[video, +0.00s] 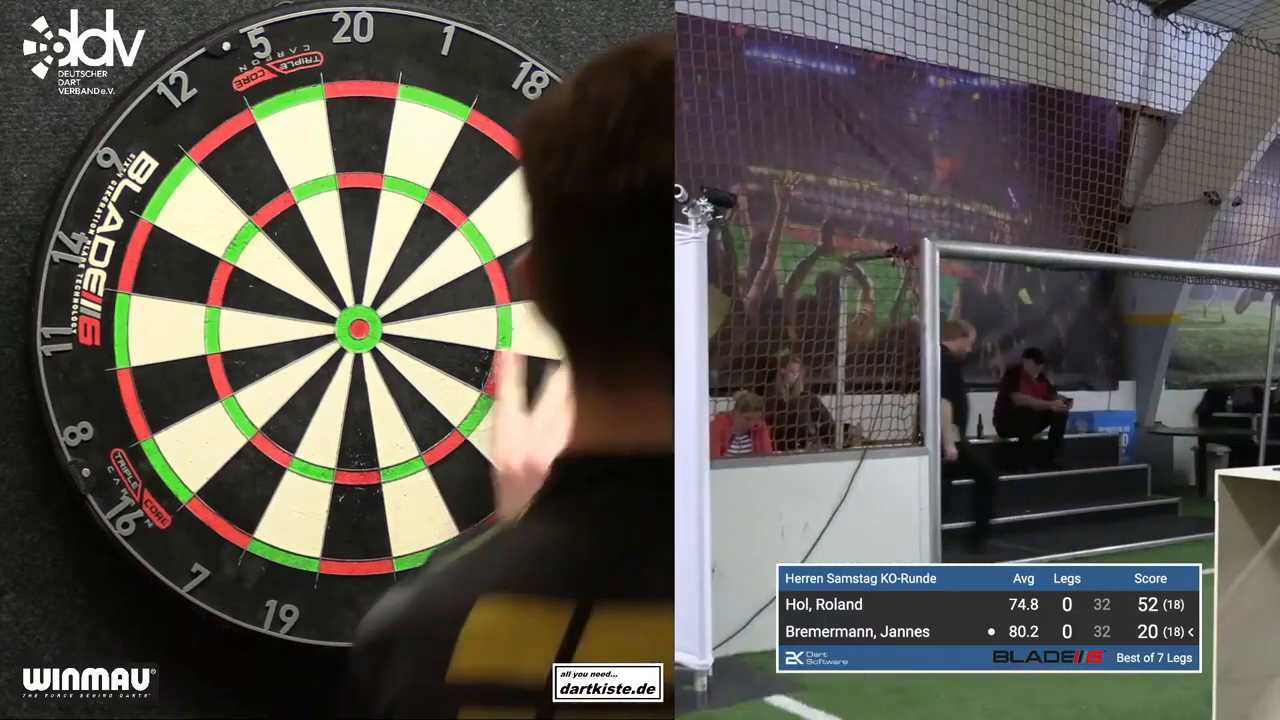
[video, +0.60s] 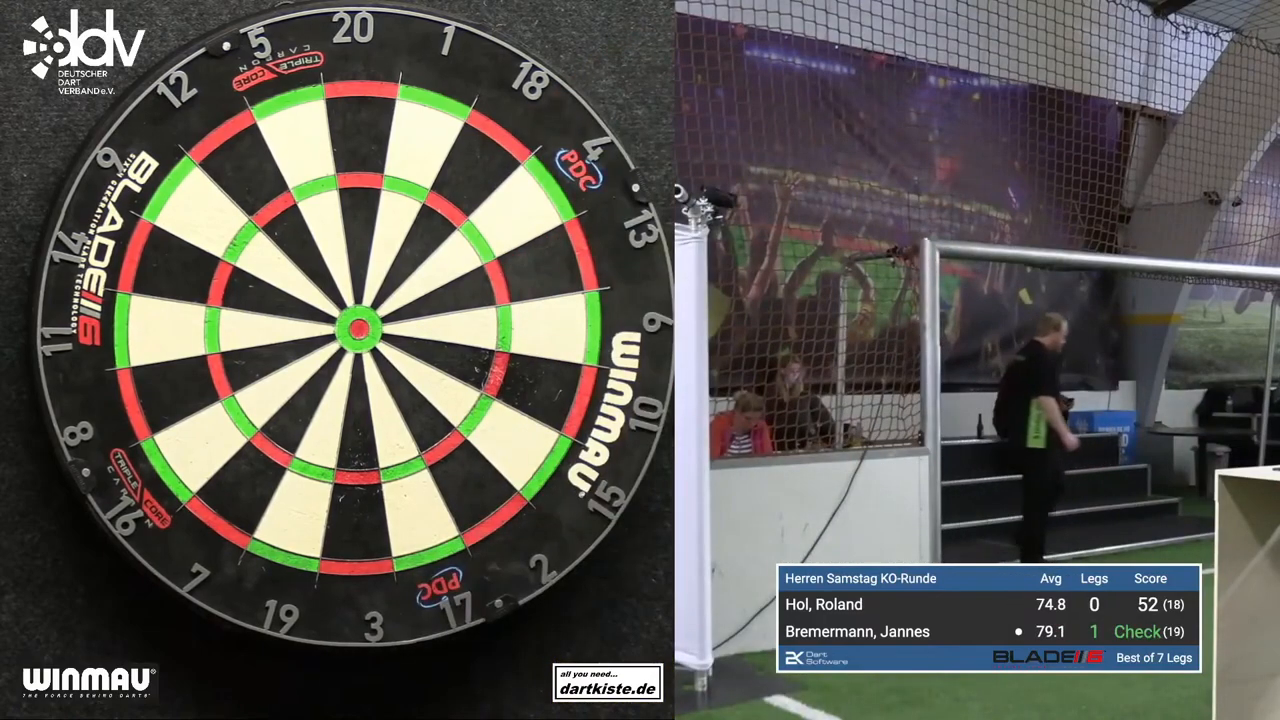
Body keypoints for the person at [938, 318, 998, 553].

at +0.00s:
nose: (969, 349)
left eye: (970, 344)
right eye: (968, 343)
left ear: (953, 339)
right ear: (955, 339)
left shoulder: (940, 358)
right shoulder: (947, 362)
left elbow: (943, 403)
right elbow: (944, 404)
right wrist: (948, 442)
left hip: (941, 441)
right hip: (950, 442)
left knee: (940, 492)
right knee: (986, 475)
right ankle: (979, 536)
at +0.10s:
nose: (988, 350)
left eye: (989, 346)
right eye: (986, 345)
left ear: (966, 341)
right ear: (973, 342)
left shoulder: (952, 360)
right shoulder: (961, 363)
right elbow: (959, 405)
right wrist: (964, 445)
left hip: (950, 442)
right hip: (968, 443)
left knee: (944, 499)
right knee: (995, 493)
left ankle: (926, 550)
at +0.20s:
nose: (988, 351)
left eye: (989, 346)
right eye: (986, 345)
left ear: (966, 341)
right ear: (973, 342)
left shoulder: (952, 360)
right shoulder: (961, 363)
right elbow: (959, 405)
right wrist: (964, 445)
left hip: (950, 442)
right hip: (968, 443)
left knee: (944, 499)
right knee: (995, 493)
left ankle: (926, 550)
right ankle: (1023, 549)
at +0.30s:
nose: (1017, 352)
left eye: (1018, 347)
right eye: (1016, 346)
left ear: (995, 342)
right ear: (1005, 343)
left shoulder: (979, 363)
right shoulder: (993, 366)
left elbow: (1011, 397)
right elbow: (992, 411)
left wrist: (1048, 405)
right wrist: (998, 450)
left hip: (973, 444)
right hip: (990, 446)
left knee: (965, 495)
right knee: (1014, 500)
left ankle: (935, 542)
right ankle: (1031, 553)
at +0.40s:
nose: (1036, 347)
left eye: (1037, 342)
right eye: (1035, 341)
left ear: (1016, 339)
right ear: (1023, 339)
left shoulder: (1001, 359)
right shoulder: (1012, 363)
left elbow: (1015, 400)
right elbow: (1016, 405)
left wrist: (1047, 405)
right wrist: (1028, 443)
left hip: (997, 443)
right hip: (1009, 445)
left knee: (996, 493)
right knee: (1028, 500)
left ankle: (953, 539)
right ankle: (1033, 557)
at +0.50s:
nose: (1047, 344)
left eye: (1048, 340)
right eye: (1046, 339)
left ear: (1025, 337)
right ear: (1032, 336)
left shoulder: (1013, 357)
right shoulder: (1022, 360)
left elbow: (1020, 398)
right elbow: (1028, 401)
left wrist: (1049, 404)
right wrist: (1044, 437)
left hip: (1013, 441)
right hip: (1021, 443)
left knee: (1020, 492)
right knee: (1032, 498)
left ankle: (976, 532)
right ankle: (1033, 558)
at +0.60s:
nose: (1064, 342)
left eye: (1064, 337)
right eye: (1062, 336)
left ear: (1044, 333)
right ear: (1051, 334)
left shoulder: (1026, 355)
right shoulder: (1041, 358)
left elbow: (1028, 398)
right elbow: (1044, 399)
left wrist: (1054, 403)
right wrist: (1065, 433)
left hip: (1022, 439)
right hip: (1034, 441)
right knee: (1040, 493)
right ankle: (1033, 554)